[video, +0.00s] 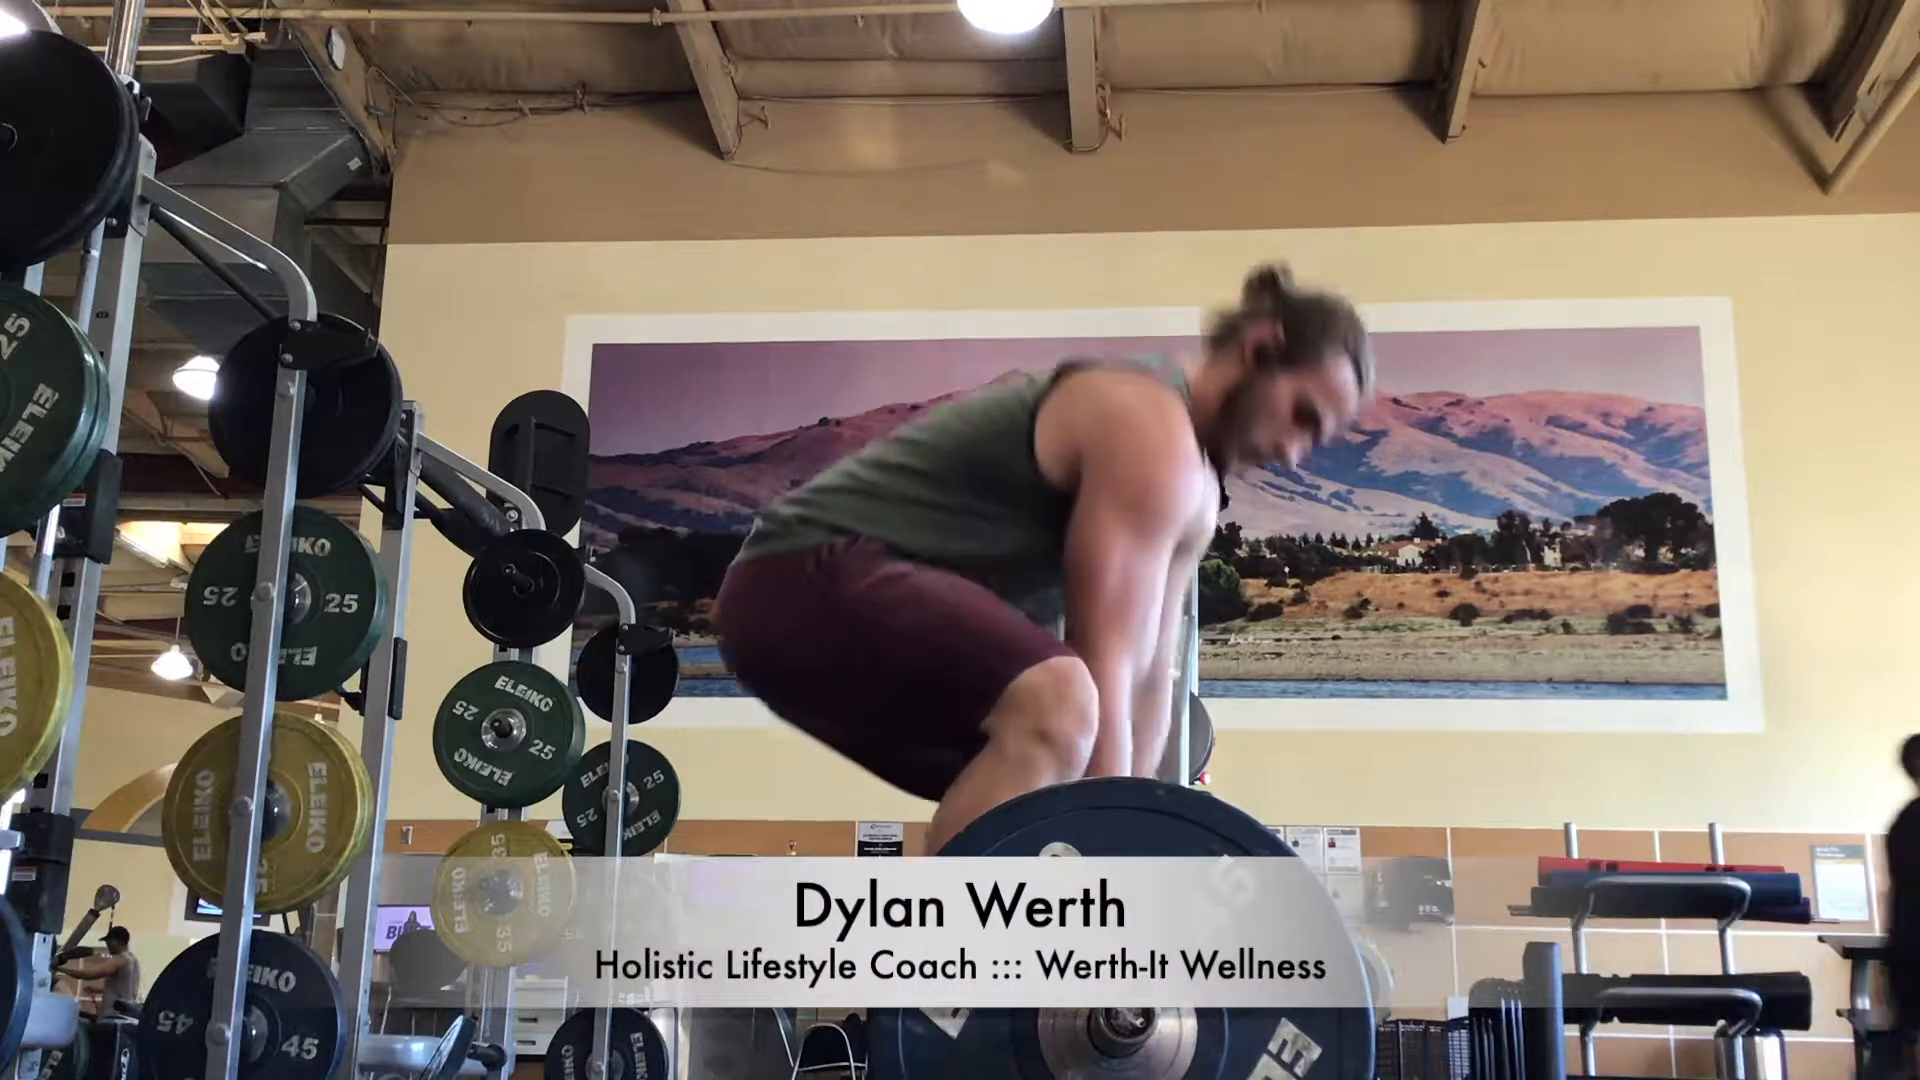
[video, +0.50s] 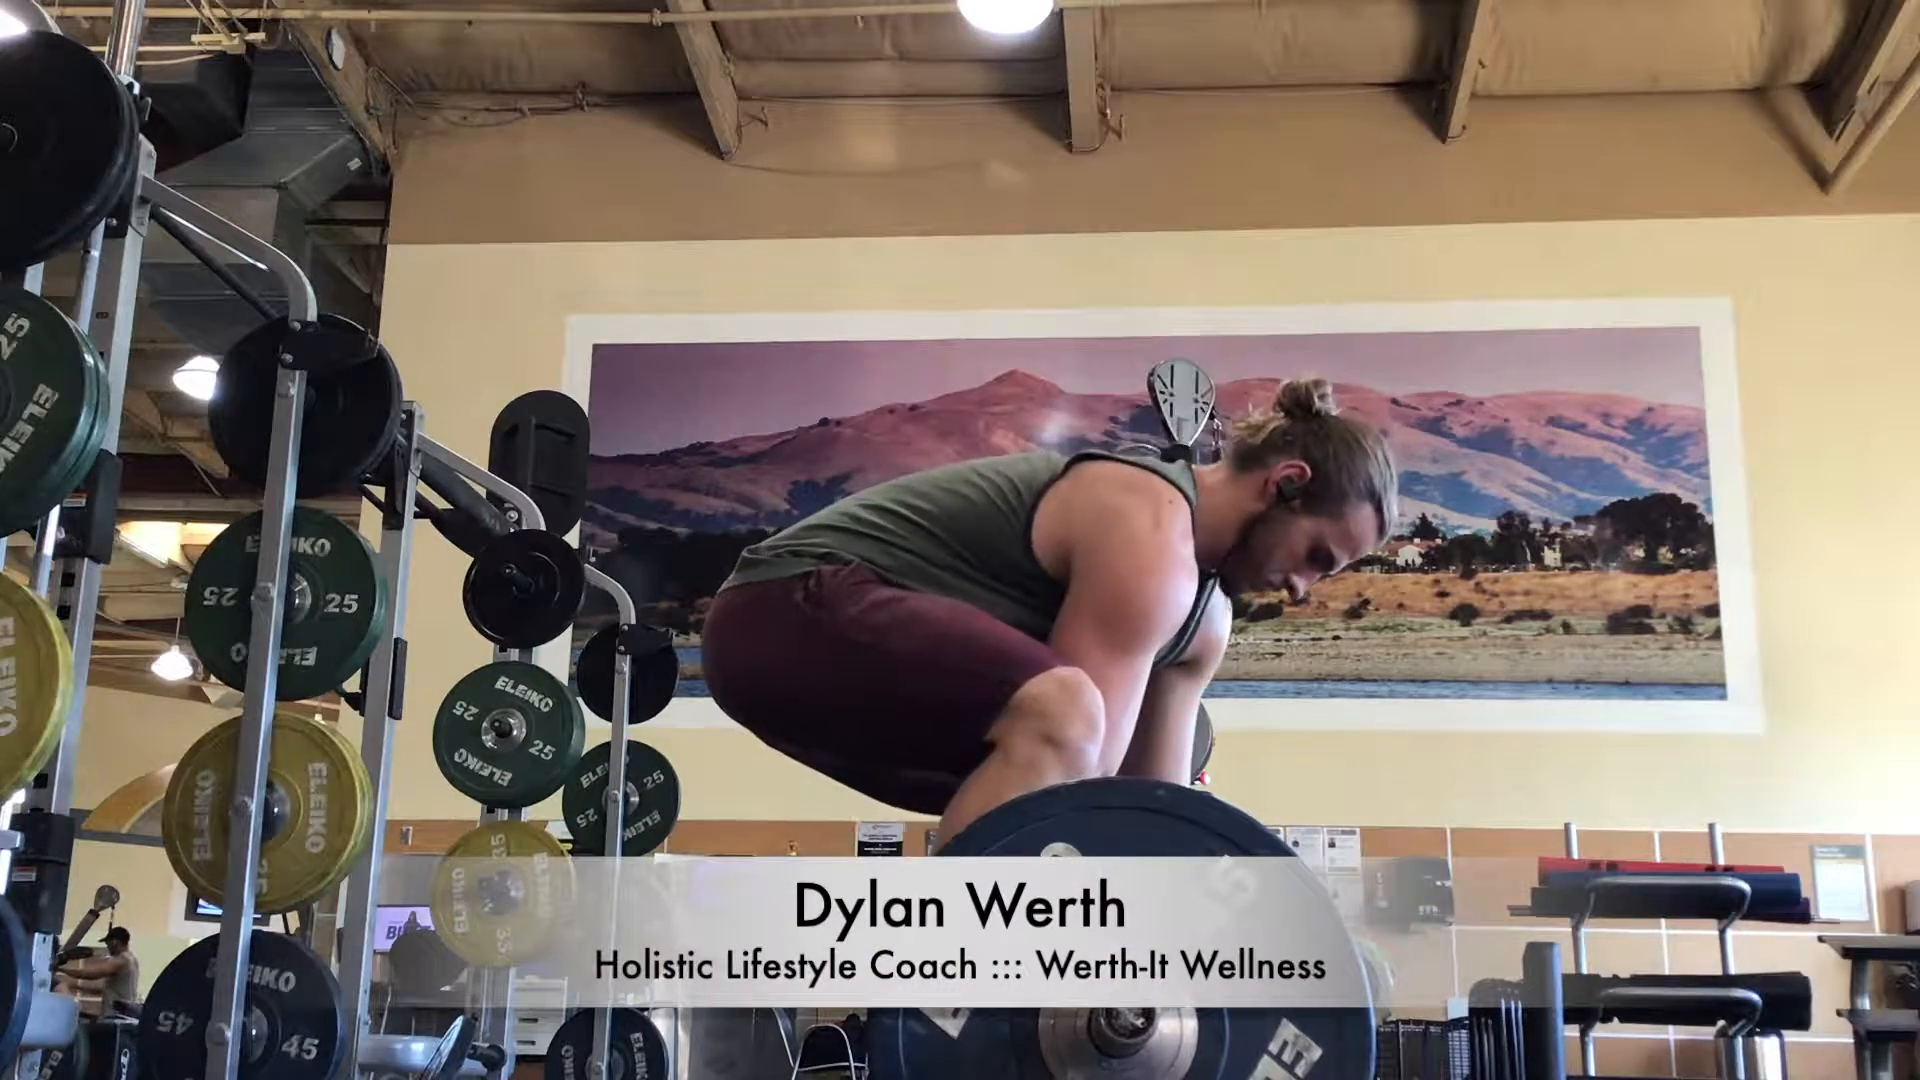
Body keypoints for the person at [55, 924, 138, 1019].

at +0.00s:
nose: (107, 946)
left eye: (109, 943)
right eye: (107, 943)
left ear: (116, 942)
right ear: (124, 942)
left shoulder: (121, 960)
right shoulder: (132, 960)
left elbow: (89, 975)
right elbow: (122, 989)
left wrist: (60, 969)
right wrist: (97, 990)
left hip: (111, 1017)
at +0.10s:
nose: (107, 946)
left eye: (108, 943)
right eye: (106, 943)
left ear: (116, 943)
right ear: (123, 943)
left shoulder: (121, 960)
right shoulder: (132, 960)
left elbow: (87, 974)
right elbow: (117, 987)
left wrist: (61, 969)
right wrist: (90, 989)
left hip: (112, 1017)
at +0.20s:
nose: (107, 946)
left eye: (108, 943)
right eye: (106, 943)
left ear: (116, 943)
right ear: (123, 943)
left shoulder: (121, 960)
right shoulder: (131, 960)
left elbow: (89, 974)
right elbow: (111, 989)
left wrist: (61, 969)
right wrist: (81, 991)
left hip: (113, 1017)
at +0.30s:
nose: (107, 946)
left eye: (108, 943)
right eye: (106, 943)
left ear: (116, 943)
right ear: (123, 943)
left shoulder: (121, 960)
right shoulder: (131, 959)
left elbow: (89, 974)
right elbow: (111, 989)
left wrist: (61, 969)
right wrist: (80, 990)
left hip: (113, 1017)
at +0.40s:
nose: (107, 946)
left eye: (108, 943)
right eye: (106, 943)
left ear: (116, 943)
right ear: (122, 943)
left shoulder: (121, 960)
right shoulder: (131, 960)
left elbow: (88, 974)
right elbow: (110, 991)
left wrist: (61, 969)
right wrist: (79, 989)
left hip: (113, 1017)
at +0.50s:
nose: (107, 947)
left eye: (108, 943)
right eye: (106, 943)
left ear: (116, 943)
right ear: (122, 943)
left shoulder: (121, 960)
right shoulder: (130, 960)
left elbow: (88, 974)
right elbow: (103, 987)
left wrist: (61, 969)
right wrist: (76, 985)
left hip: (113, 1017)